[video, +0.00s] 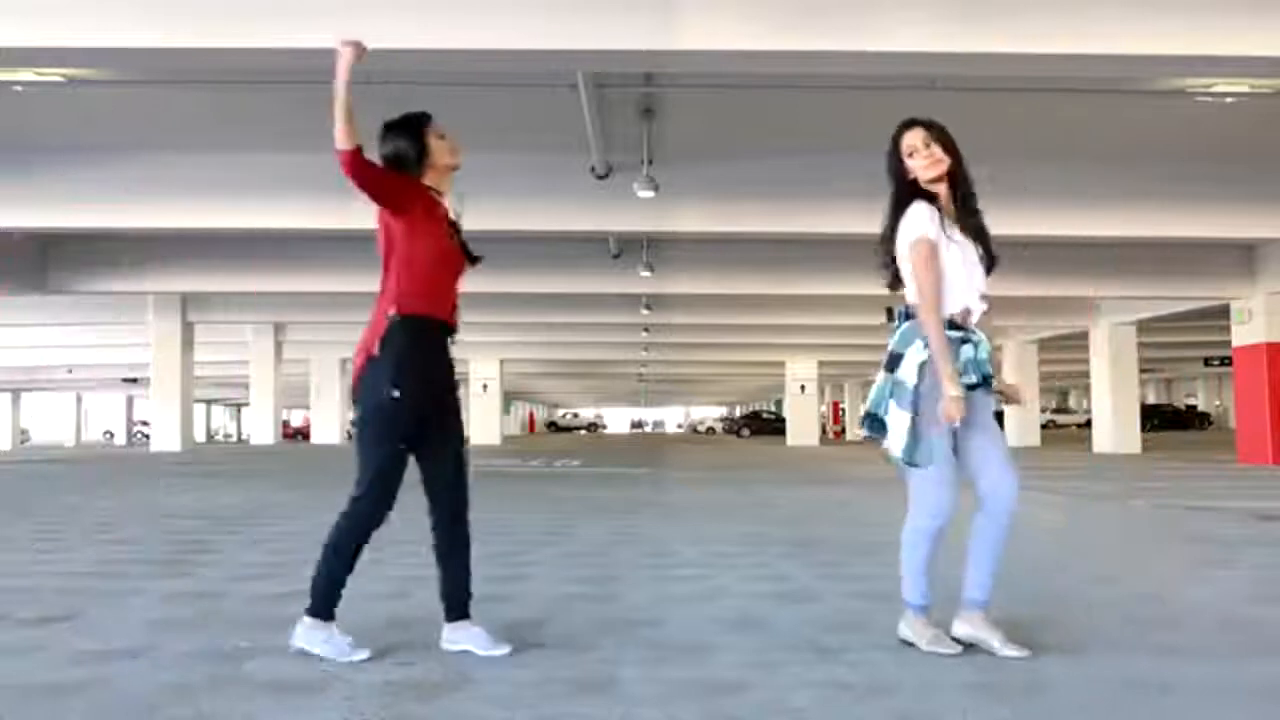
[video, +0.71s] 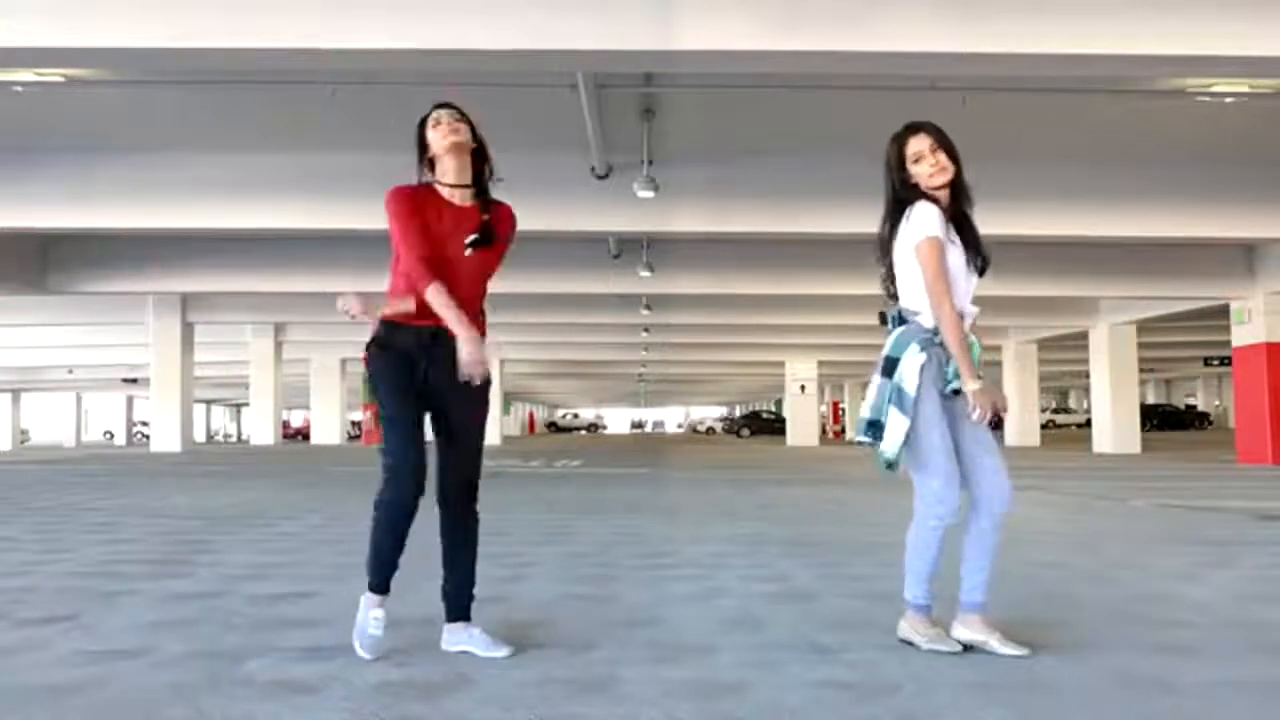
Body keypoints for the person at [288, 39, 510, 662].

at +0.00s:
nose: (452, 140)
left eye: (445, 133)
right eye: (440, 136)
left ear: (429, 151)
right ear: (422, 152)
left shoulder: (439, 213)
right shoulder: (404, 196)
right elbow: (351, 159)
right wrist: (343, 73)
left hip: (433, 359)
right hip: (396, 354)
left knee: (451, 501)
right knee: (373, 498)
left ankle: (458, 623)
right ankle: (315, 621)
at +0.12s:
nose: (463, 143)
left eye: (459, 135)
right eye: (452, 137)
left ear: (446, 154)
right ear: (426, 151)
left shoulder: (448, 221)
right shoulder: (412, 198)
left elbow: (486, 260)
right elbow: (391, 157)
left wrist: (528, 250)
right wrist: (399, 100)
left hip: (448, 358)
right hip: (409, 353)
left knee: (455, 496)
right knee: (418, 491)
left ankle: (457, 623)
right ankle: (335, 603)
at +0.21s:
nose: (470, 149)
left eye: (469, 141)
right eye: (460, 142)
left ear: (460, 155)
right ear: (428, 152)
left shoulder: (459, 226)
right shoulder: (413, 205)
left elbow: (511, 269)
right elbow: (412, 182)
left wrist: (571, 279)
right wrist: (430, 139)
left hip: (455, 357)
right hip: (411, 354)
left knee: (460, 496)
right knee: (436, 492)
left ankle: (457, 625)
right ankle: (353, 594)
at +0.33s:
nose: (473, 143)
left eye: (471, 135)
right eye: (460, 137)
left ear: (463, 150)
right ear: (429, 152)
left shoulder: (472, 219)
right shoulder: (409, 197)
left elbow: (515, 283)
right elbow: (427, 211)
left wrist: (576, 327)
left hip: (462, 356)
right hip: (411, 354)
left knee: (464, 493)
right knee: (452, 486)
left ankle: (458, 625)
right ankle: (381, 591)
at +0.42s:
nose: (473, 138)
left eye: (470, 129)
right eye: (459, 132)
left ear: (467, 149)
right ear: (432, 150)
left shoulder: (481, 226)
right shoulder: (409, 201)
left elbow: (503, 293)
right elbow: (440, 243)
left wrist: (534, 340)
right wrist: (493, 271)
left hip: (465, 354)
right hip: (410, 353)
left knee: (465, 492)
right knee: (454, 482)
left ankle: (458, 625)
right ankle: (389, 593)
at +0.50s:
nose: (470, 130)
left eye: (470, 124)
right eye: (456, 126)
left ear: (476, 141)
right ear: (433, 148)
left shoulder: (496, 227)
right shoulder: (411, 204)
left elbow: (485, 292)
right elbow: (446, 257)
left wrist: (465, 339)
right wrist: (504, 301)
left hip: (467, 351)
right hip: (407, 349)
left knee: (465, 489)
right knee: (450, 480)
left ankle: (458, 624)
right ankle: (385, 594)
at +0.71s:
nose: (450, 126)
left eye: (458, 120)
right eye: (438, 124)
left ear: (476, 143)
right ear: (426, 149)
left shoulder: (500, 217)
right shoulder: (405, 198)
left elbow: (463, 293)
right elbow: (421, 273)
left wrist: (379, 308)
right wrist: (466, 332)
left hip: (461, 353)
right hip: (399, 346)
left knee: (460, 491)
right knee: (405, 478)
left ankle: (458, 624)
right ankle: (375, 598)